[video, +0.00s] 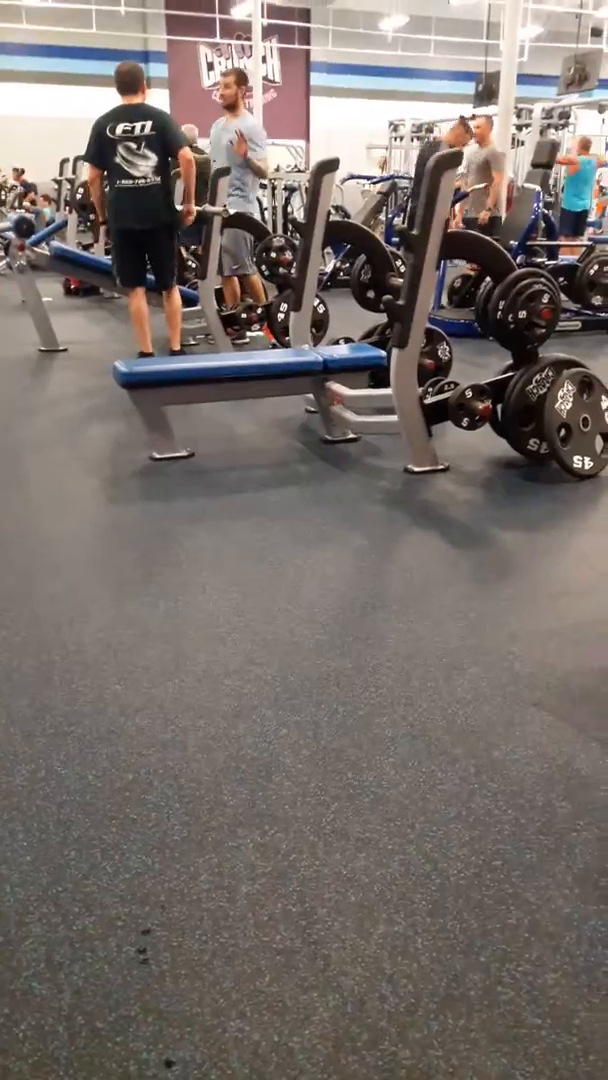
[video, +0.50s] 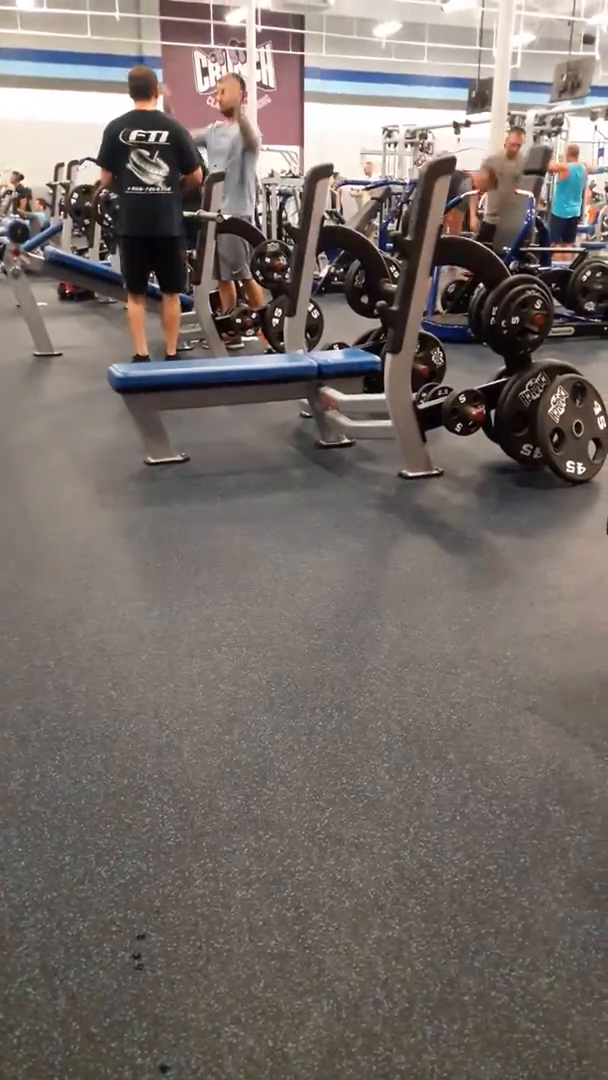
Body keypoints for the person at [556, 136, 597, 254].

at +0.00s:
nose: (576, 147)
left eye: (577, 145)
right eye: (578, 145)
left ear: (579, 147)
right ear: (589, 148)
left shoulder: (573, 160)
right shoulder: (595, 161)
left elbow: (557, 159)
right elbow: (605, 161)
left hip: (570, 205)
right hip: (585, 205)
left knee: (565, 237)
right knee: (577, 238)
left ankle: (564, 264)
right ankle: (575, 264)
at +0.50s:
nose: (566, 155)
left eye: (566, 153)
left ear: (567, 154)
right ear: (578, 154)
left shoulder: (563, 167)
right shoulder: (583, 168)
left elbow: (548, 166)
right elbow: (594, 168)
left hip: (560, 211)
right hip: (575, 211)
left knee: (556, 244)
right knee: (569, 243)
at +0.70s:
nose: (564, 155)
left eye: (565, 153)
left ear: (567, 154)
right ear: (578, 155)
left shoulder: (562, 169)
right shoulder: (584, 170)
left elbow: (548, 179)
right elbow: (592, 181)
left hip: (562, 211)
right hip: (577, 211)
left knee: (558, 244)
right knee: (571, 244)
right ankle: (570, 269)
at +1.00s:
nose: (561, 159)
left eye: (562, 157)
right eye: (562, 157)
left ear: (564, 159)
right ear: (575, 159)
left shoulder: (559, 175)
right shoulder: (582, 175)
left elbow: (548, 197)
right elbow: (586, 194)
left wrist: (548, 210)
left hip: (559, 217)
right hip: (574, 217)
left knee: (555, 250)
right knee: (568, 250)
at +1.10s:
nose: (561, 158)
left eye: (561, 156)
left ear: (560, 157)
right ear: (571, 158)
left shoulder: (554, 173)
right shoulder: (577, 174)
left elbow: (544, 194)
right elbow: (581, 194)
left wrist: (542, 206)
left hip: (554, 215)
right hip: (570, 216)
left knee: (550, 248)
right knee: (563, 248)